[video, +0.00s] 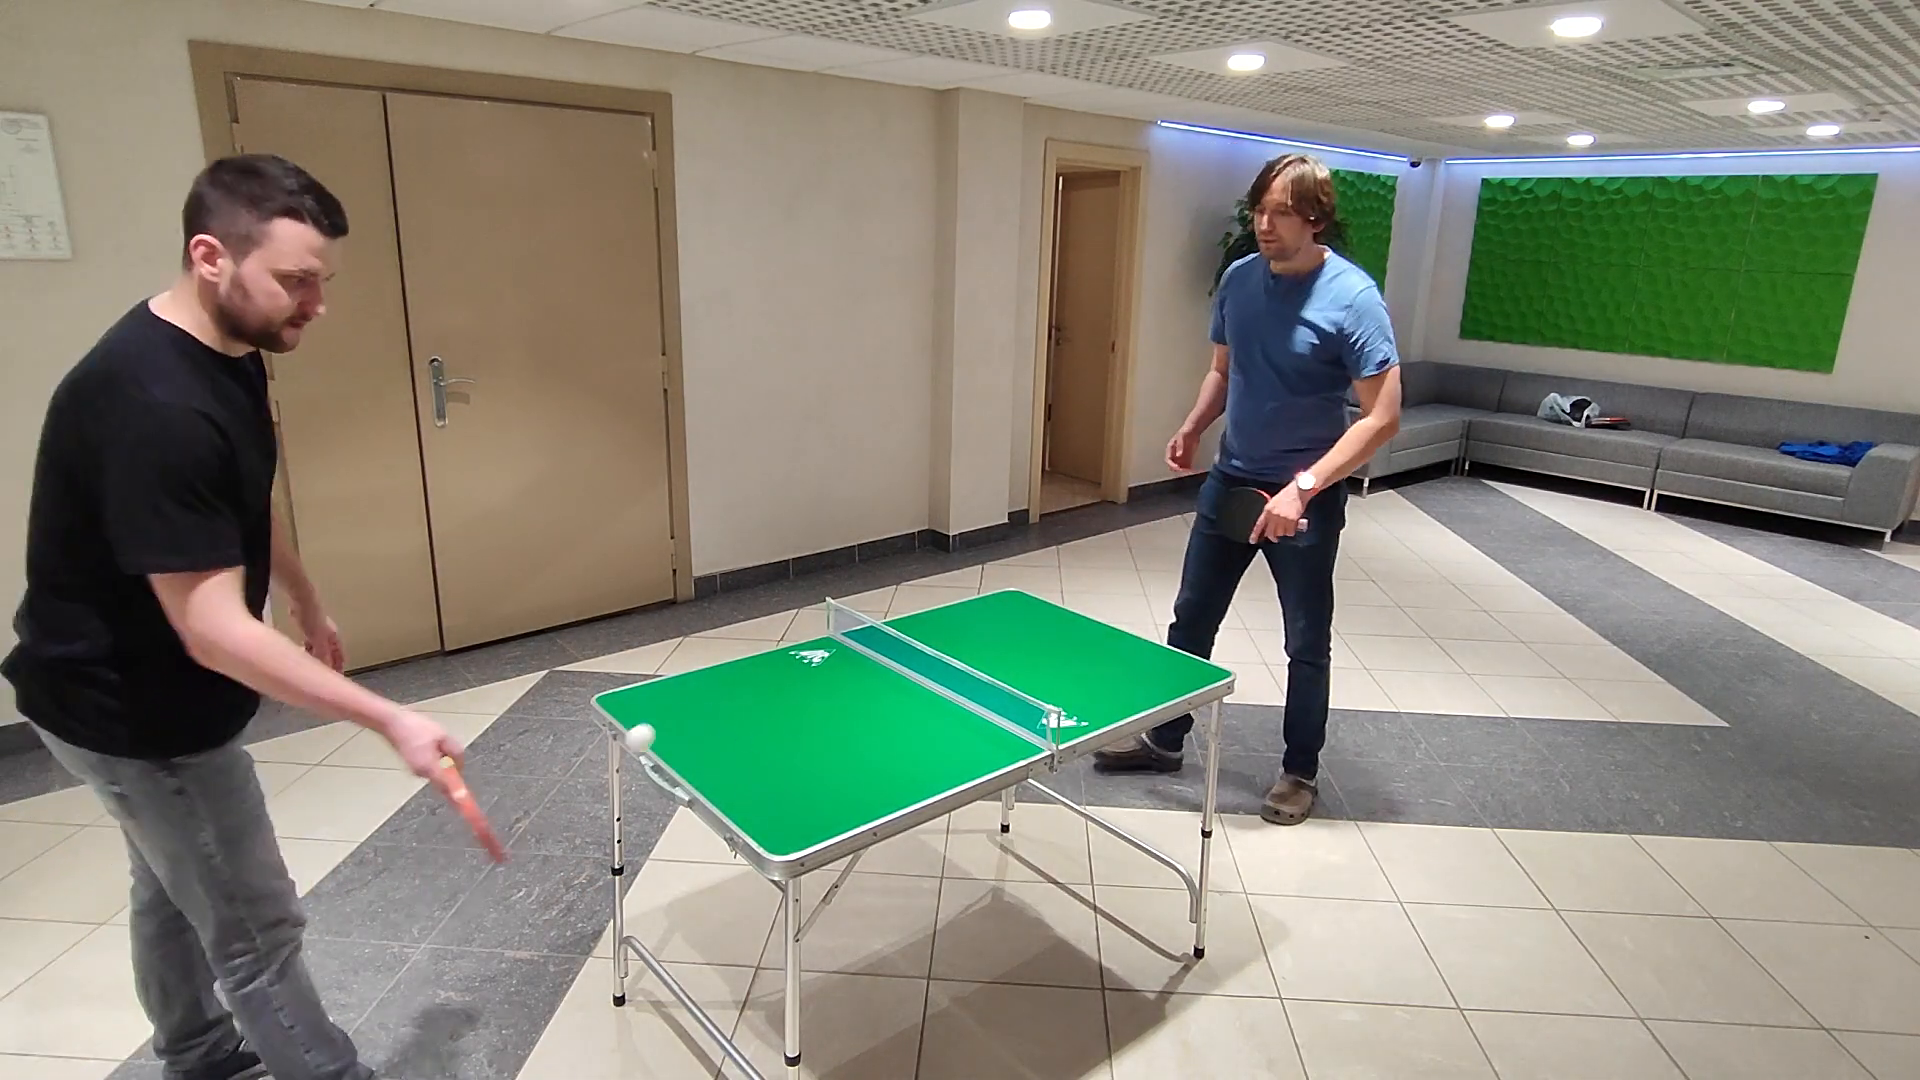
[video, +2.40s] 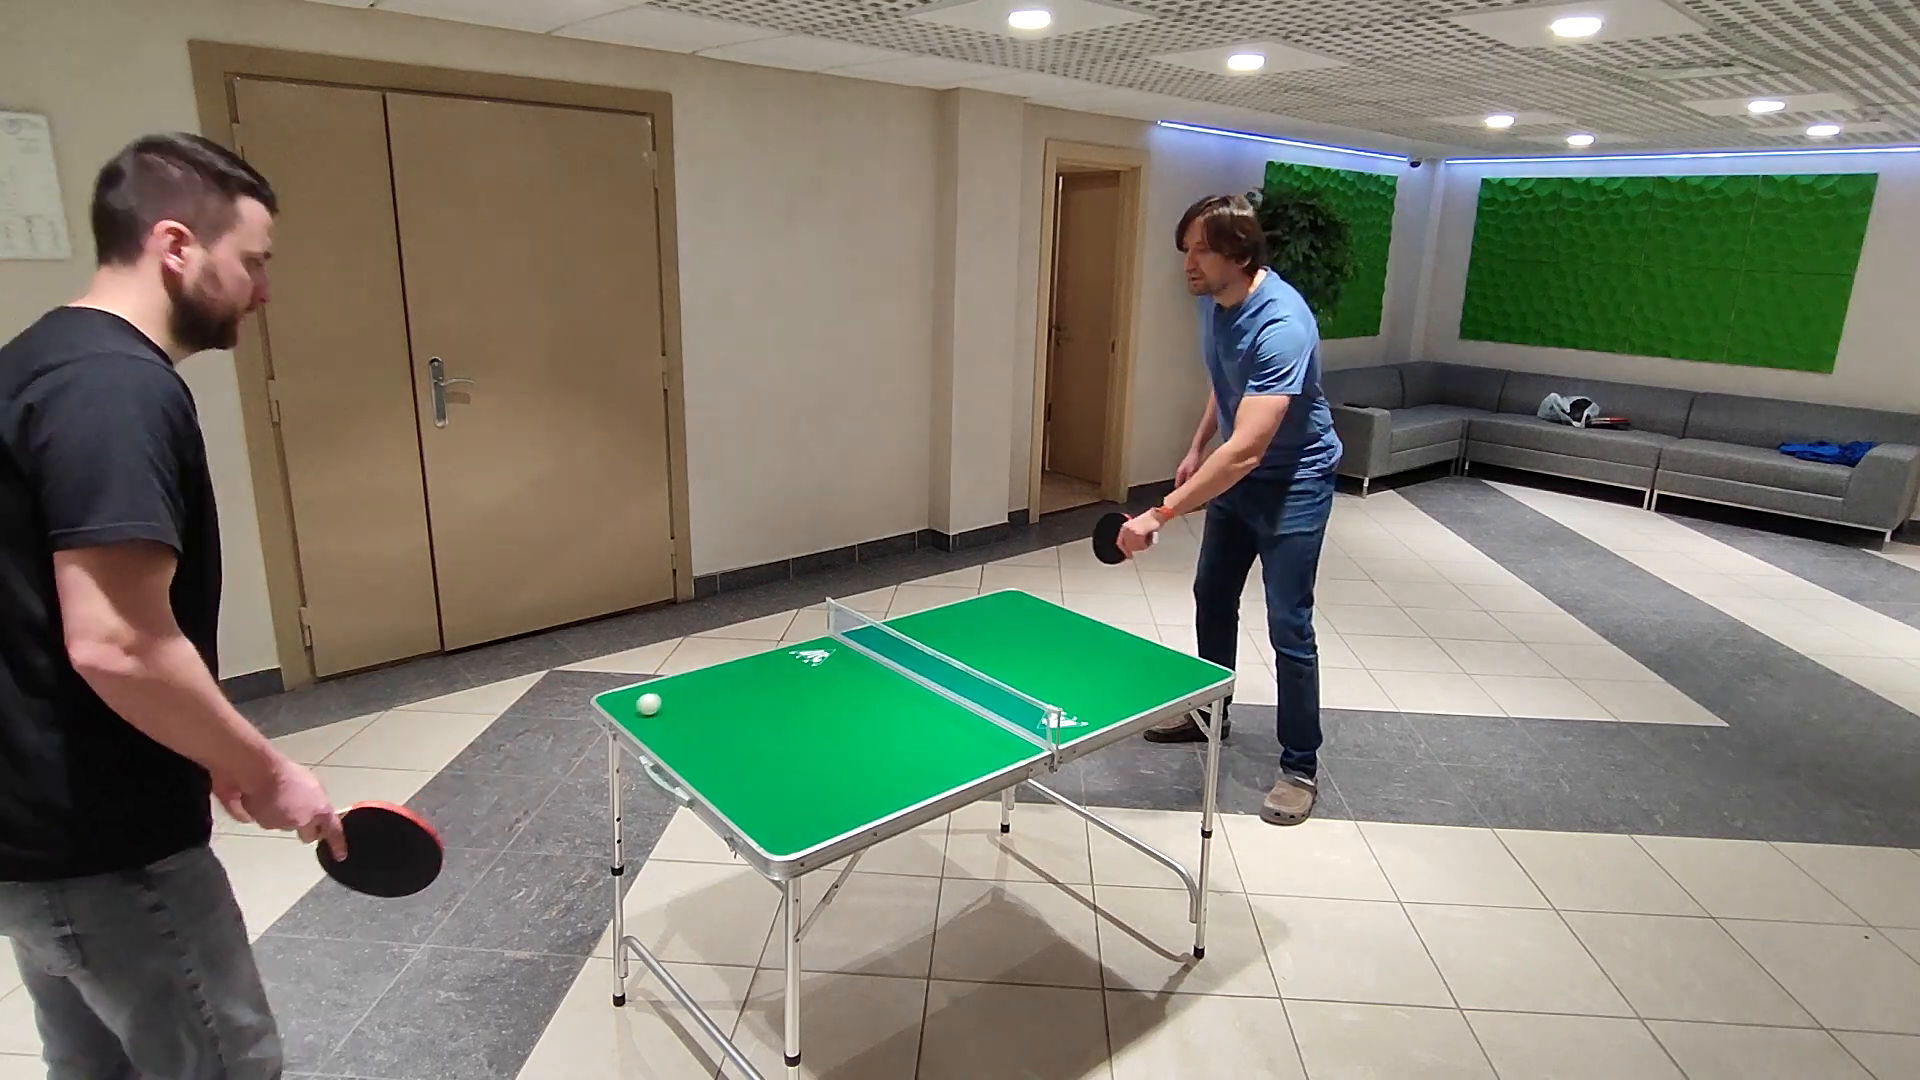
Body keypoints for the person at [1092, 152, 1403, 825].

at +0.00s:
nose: (1263, 224)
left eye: (1280, 214)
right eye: (1260, 211)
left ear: (1317, 222)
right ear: (1254, 214)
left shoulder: (1354, 296)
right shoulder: (1241, 277)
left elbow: (1385, 415)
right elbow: (1221, 370)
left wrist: (1303, 488)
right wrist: (1193, 425)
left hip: (1307, 493)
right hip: (1234, 478)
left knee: (1306, 644)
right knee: (1191, 619)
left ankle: (1298, 774)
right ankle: (1163, 739)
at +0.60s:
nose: (1199, 253)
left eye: (1209, 242)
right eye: (1195, 242)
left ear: (1248, 238)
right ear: (1201, 238)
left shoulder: (1298, 304)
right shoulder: (1210, 284)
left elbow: (1306, 423)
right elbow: (1205, 368)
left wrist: (1227, 485)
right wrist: (1154, 419)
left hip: (1284, 483)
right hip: (1223, 472)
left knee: (1286, 632)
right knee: (1202, 598)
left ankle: (1297, 771)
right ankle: (1208, 710)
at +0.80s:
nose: (1181, 264)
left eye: (1188, 252)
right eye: (1177, 252)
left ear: (1228, 246)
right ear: (1213, 248)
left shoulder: (1267, 309)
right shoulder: (1225, 293)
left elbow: (1233, 430)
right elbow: (1223, 373)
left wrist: (1149, 486)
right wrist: (1166, 409)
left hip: (1284, 478)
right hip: (1233, 470)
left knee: (1280, 624)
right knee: (1212, 592)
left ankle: (1297, 769)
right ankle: (1209, 710)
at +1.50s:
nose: (1196, 243)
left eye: (1207, 231)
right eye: (1192, 232)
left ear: (1246, 232)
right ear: (1204, 233)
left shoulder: (1286, 300)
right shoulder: (1224, 283)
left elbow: (1290, 423)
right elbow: (1233, 380)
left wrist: (1224, 502)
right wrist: (1181, 428)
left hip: (1278, 481)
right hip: (1224, 469)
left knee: (1281, 633)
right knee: (1200, 596)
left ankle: (1298, 771)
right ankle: (1207, 711)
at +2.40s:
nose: (1188, 265)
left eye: (1198, 254)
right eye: (1185, 253)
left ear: (1238, 255)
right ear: (1204, 254)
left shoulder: (1282, 328)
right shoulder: (1220, 301)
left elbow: (1244, 452)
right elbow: (1227, 382)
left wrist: (1156, 517)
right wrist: (1198, 448)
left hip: (1294, 485)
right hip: (1235, 479)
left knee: (1289, 627)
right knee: (1213, 595)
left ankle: (1299, 771)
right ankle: (1208, 711)